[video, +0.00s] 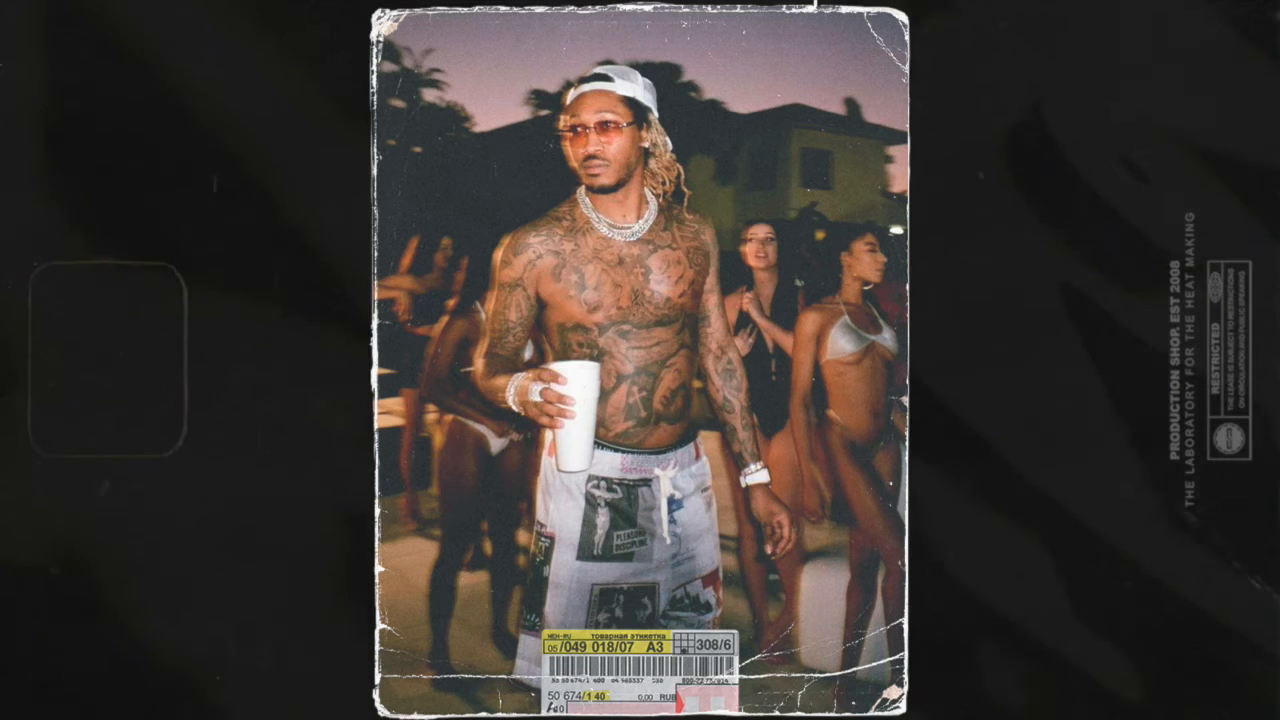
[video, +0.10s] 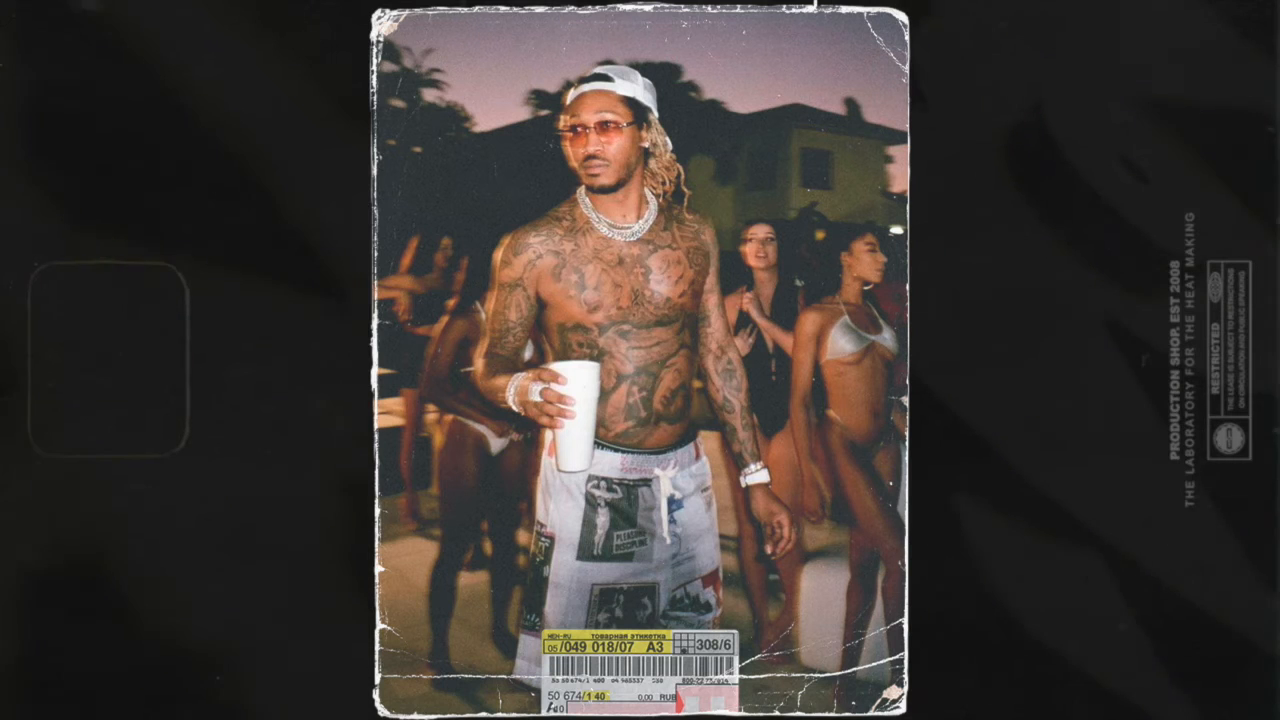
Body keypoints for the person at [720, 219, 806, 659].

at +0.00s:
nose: (760, 249)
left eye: (768, 241)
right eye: (751, 242)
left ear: (781, 249)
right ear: (741, 251)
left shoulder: (797, 296)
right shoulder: (730, 301)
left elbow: (802, 352)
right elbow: (712, 364)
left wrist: (761, 318)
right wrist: (734, 351)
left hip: (784, 421)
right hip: (739, 421)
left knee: (783, 521)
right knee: (748, 526)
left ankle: (793, 612)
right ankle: (761, 620)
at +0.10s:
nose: (760, 249)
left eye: (768, 241)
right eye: (752, 242)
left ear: (780, 249)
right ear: (741, 250)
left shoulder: (797, 295)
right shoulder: (730, 299)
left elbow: (802, 351)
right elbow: (717, 364)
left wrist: (761, 318)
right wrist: (738, 337)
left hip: (784, 420)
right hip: (738, 421)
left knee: (782, 520)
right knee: (748, 525)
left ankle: (794, 612)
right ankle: (762, 621)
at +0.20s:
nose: (760, 249)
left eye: (768, 241)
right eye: (752, 242)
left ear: (781, 249)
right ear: (741, 251)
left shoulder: (797, 296)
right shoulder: (730, 301)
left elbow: (803, 351)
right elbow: (713, 365)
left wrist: (761, 318)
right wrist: (734, 350)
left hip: (784, 421)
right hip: (739, 421)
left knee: (782, 520)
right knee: (748, 525)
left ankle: (794, 612)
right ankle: (761, 620)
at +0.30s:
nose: (760, 249)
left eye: (768, 241)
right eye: (752, 242)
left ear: (780, 249)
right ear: (741, 250)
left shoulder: (797, 296)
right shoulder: (730, 300)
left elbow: (802, 351)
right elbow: (714, 365)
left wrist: (761, 318)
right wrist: (735, 347)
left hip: (784, 421)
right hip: (739, 422)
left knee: (783, 520)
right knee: (748, 525)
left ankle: (794, 612)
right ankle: (761, 620)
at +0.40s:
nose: (759, 249)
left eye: (768, 241)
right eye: (751, 242)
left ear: (781, 249)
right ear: (741, 251)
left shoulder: (797, 297)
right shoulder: (729, 301)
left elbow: (802, 352)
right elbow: (711, 363)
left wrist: (760, 318)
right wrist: (733, 351)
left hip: (784, 421)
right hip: (739, 421)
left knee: (783, 520)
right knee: (748, 526)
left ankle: (792, 613)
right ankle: (762, 622)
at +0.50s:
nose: (760, 249)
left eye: (768, 241)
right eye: (751, 242)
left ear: (780, 249)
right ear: (741, 250)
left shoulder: (797, 297)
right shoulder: (729, 301)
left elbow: (802, 351)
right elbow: (713, 365)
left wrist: (761, 318)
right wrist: (734, 348)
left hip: (784, 421)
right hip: (739, 422)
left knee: (783, 520)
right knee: (748, 526)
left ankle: (793, 613)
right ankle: (762, 622)